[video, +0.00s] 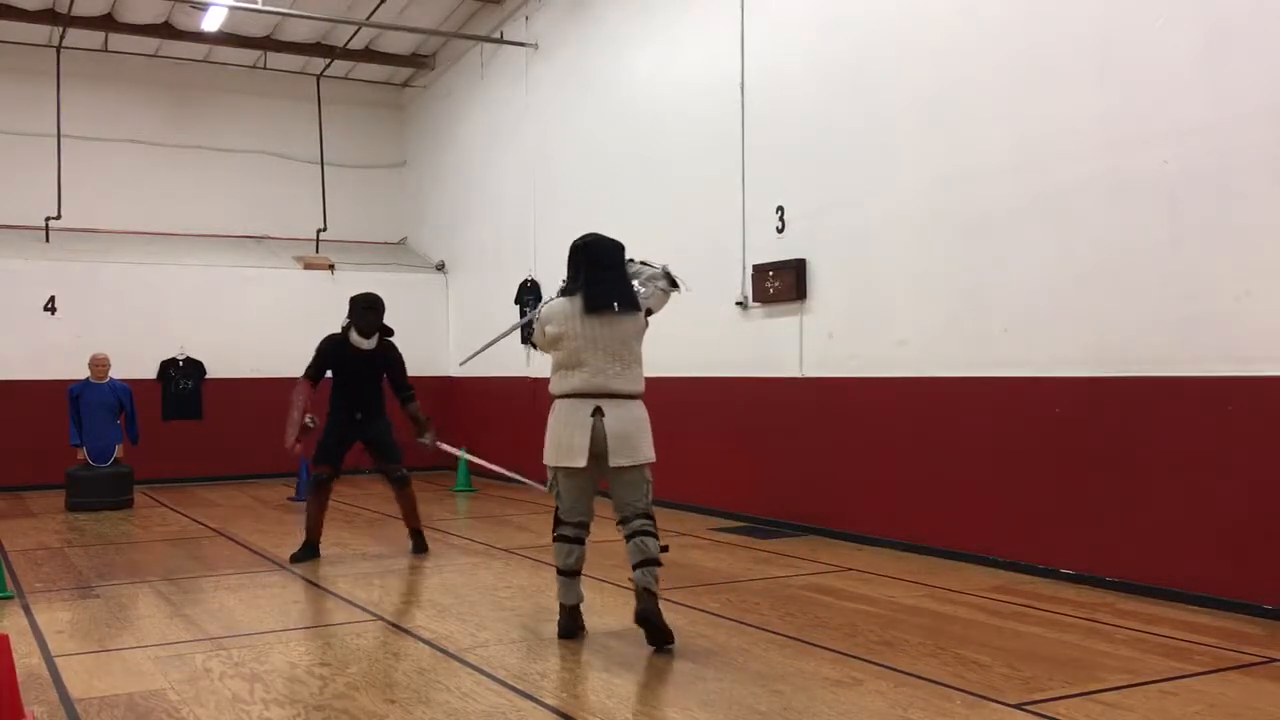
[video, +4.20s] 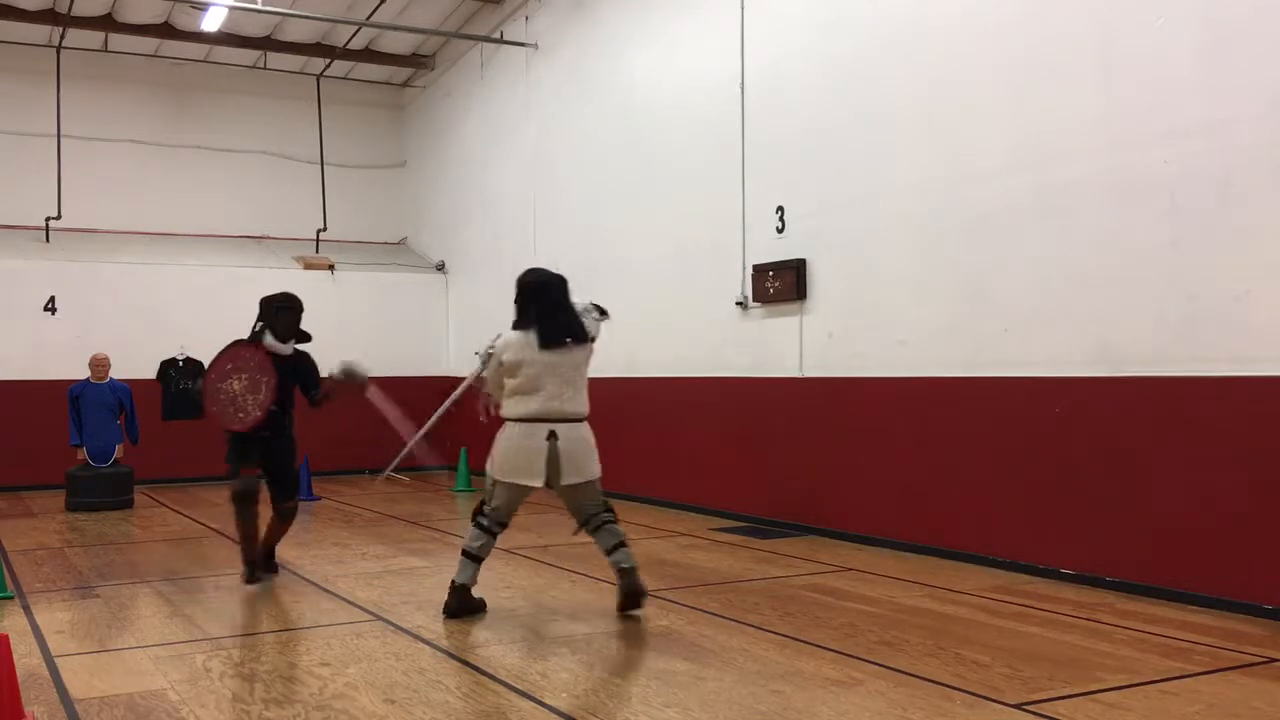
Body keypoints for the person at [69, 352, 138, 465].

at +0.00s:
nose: (100, 369)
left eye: (104, 366)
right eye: (96, 366)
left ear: (109, 367)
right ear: (89, 367)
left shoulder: (121, 389)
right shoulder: (77, 390)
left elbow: (130, 415)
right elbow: (74, 419)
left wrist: (133, 437)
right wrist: (78, 445)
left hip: (113, 444)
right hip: (88, 444)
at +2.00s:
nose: (100, 369)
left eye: (104, 366)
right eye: (96, 366)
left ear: (109, 367)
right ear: (89, 367)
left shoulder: (121, 389)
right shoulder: (77, 390)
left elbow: (130, 415)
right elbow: (74, 419)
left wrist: (133, 437)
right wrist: (78, 445)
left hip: (114, 445)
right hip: (87, 445)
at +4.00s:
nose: (100, 369)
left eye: (103, 366)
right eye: (96, 366)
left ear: (109, 367)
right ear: (89, 367)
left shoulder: (121, 389)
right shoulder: (77, 390)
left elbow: (130, 415)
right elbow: (74, 420)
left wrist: (133, 437)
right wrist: (78, 445)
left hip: (113, 445)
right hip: (87, 445)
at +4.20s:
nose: (100, 369)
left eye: (103, 366)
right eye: (96, 366)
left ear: (109, 367)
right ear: (89, 367)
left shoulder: (121, 389)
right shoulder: (77, 390)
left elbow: (130, 415)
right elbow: (74, 419)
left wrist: (133, 437)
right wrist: (78, 445)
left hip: (113, 445)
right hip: (87, 445)